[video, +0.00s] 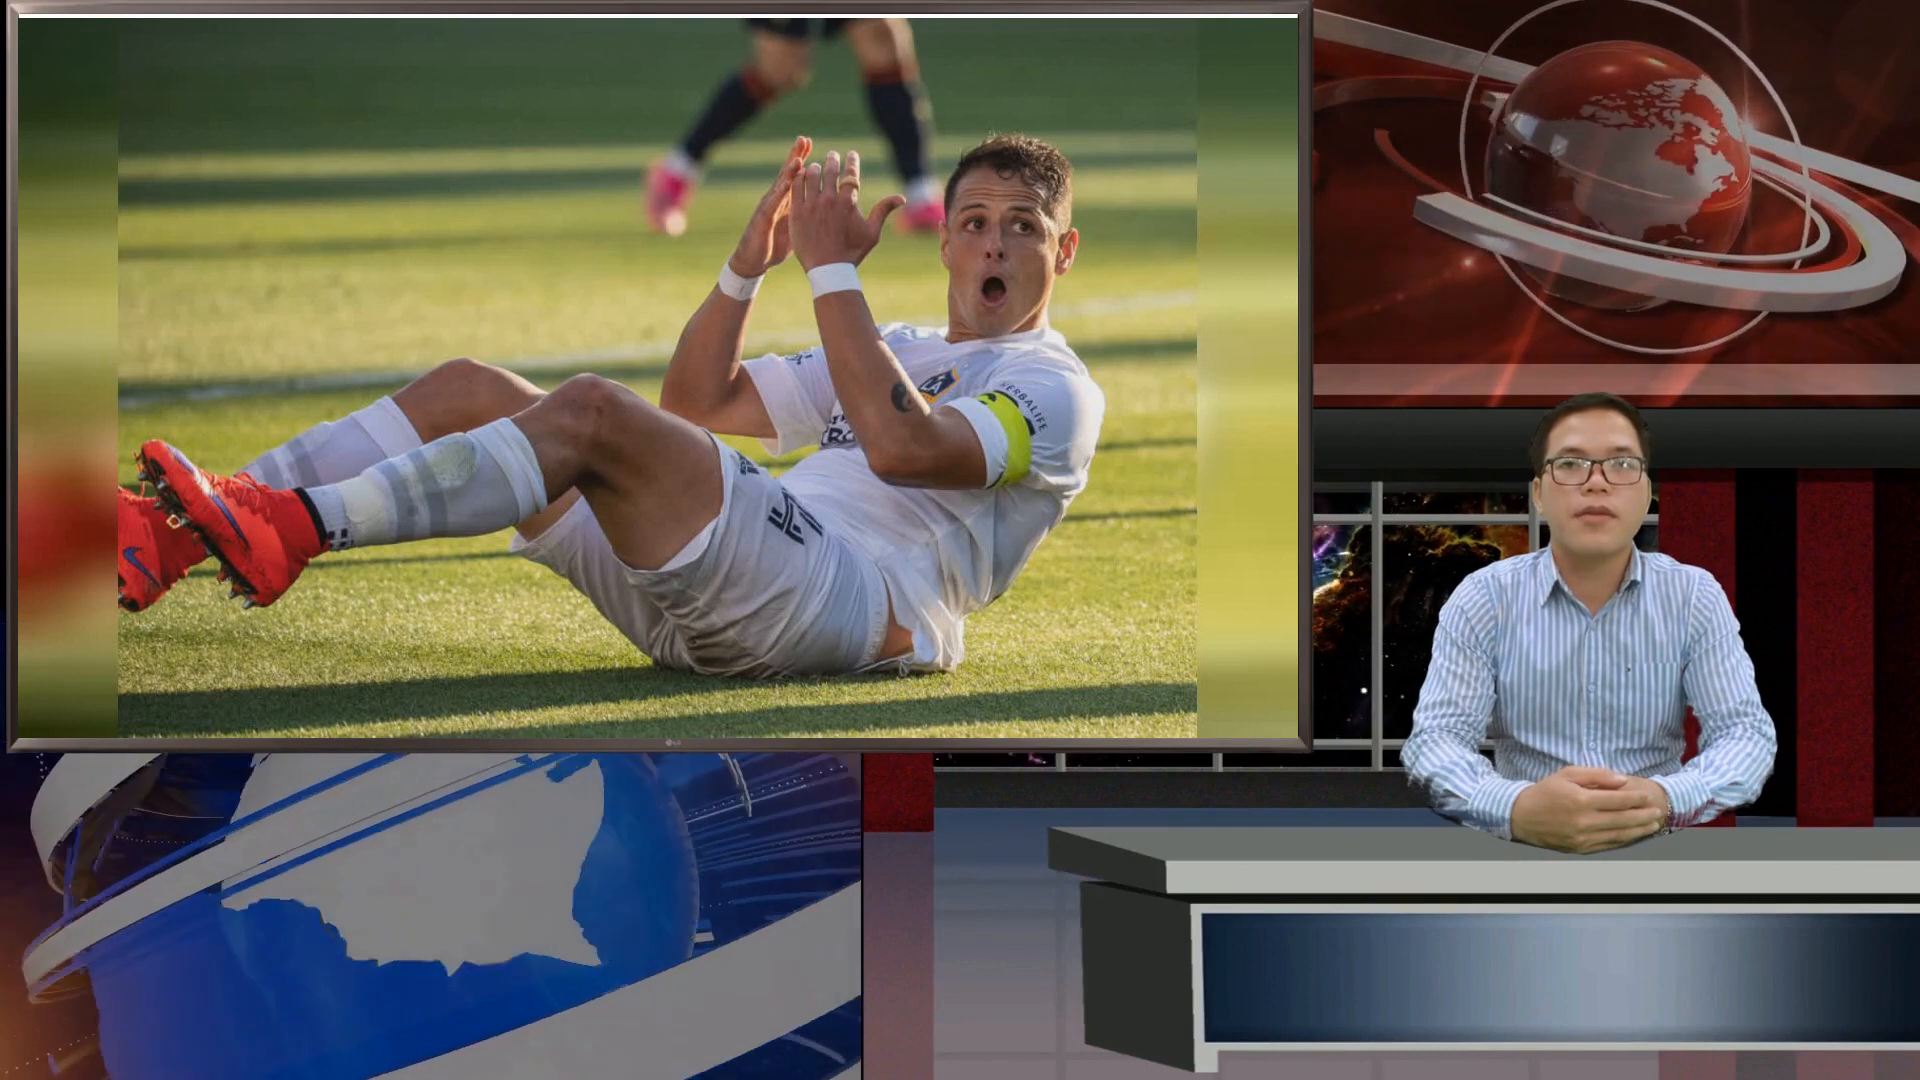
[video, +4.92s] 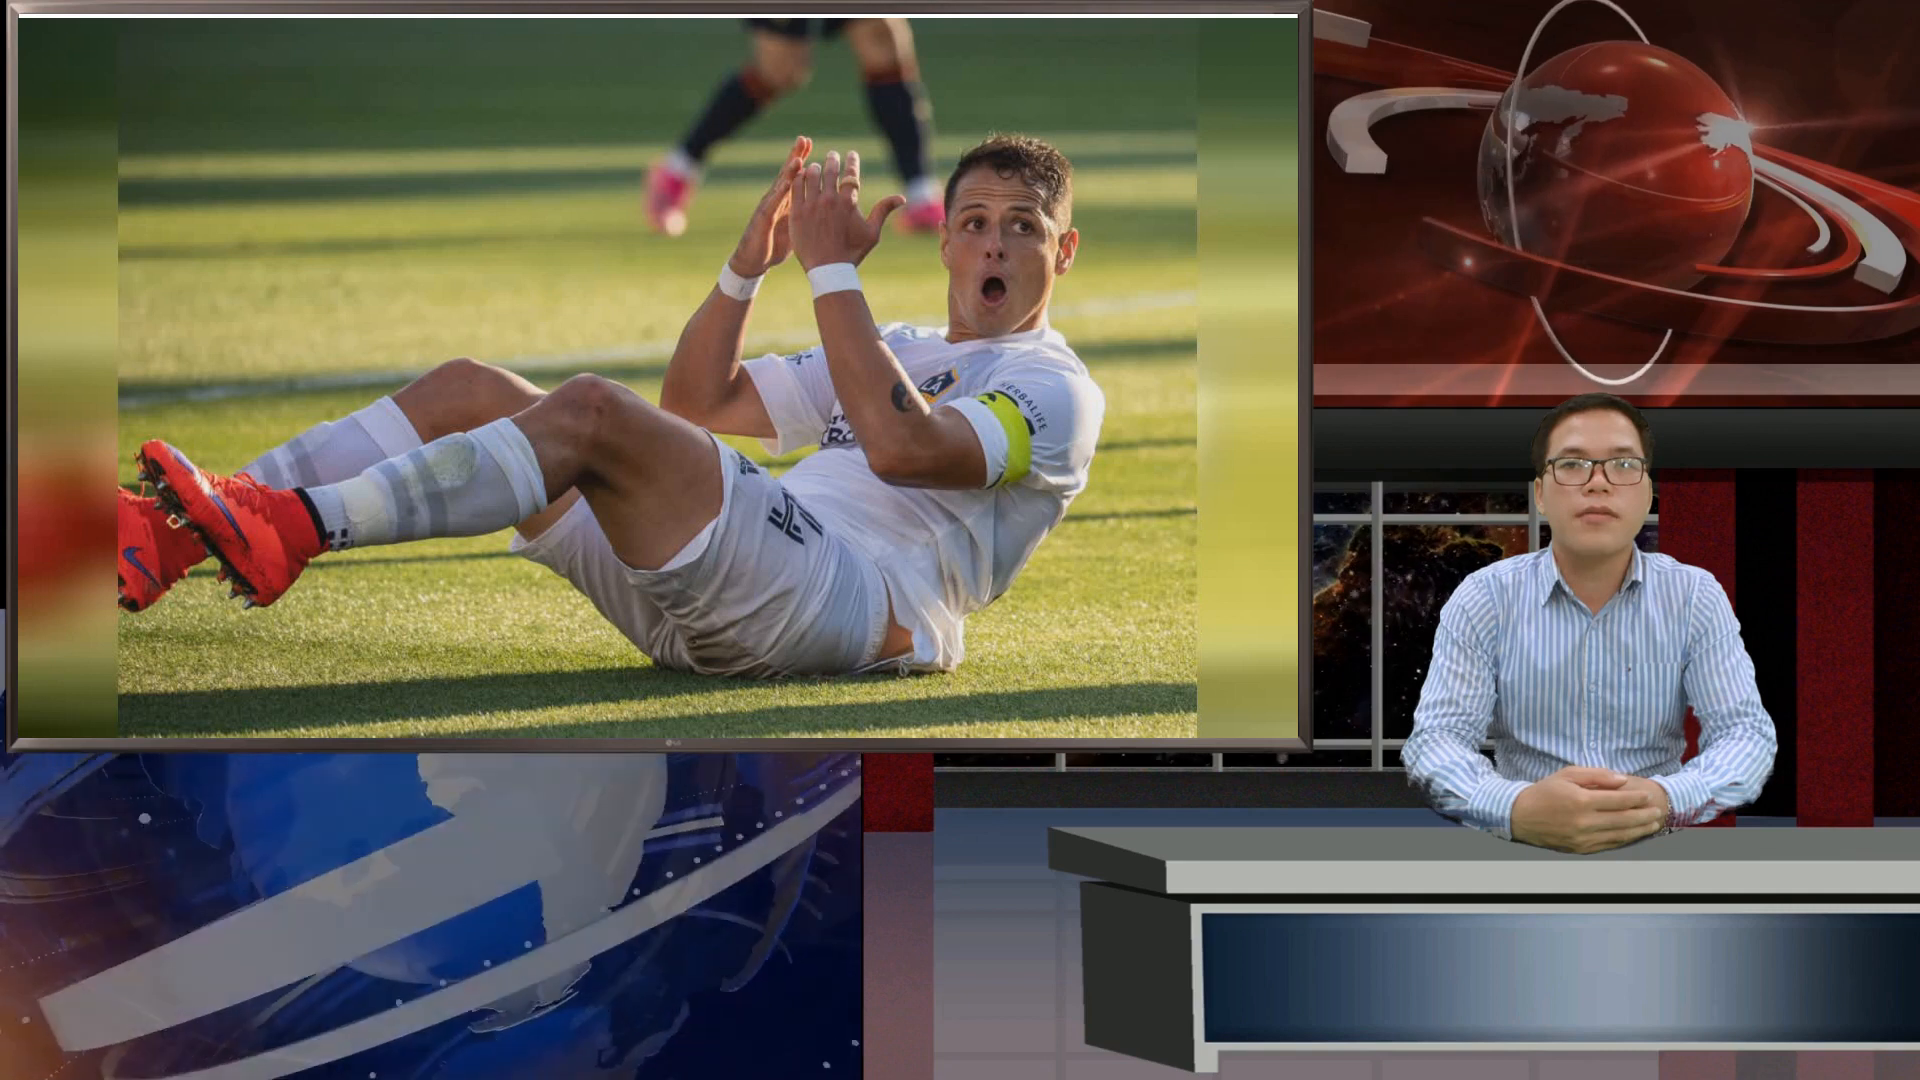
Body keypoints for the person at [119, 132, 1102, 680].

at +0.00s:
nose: (996, 246)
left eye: (1023, 229)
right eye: (977, 223)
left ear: (1066, 257)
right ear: (943, 241)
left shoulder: (1056, 389)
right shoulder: (892, 358)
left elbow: (901, 447)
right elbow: (695, 405)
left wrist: (833, 268)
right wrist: (747, 269)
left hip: (840, 604)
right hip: (732, 572)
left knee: (593, 413)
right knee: (467, 389)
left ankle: (300, 524)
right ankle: (175, 541)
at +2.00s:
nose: (995, 246)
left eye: (1022, 230)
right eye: (975, 224)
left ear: (1065, 257)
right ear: (942, 242)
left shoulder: (1054, 389)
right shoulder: (893, 359)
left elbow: (901, 447)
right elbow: (695, 404)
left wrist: (833, 270)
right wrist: (746, 270)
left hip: (842, 602)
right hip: (734, 572)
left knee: (592, 413)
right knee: (468, 389)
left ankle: (300, 524)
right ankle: (174, 542)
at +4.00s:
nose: (994, 246)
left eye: (1022, 230)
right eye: (974, 224)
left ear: (1065, 257)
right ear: (942, 242)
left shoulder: (1055, 389)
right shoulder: (893, 358)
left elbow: (902, 447)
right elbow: (695, 404)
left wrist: (833, 270)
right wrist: (746, 270)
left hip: (841, 602)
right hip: (734, 572)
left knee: (592, 413)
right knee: (468, 389)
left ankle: (300, 524)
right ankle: (174, 542)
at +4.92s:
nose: (994, 246)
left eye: (1021, 230)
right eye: (974, 224)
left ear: (1065, 256)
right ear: (942, 242)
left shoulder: (1055, 388)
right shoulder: (893, 359)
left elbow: (903, 448)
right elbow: (695, 405)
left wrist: (833, 270)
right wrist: (747, 269)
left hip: (840, 603)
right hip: (731, 573)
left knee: (593, 412)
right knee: (467, 388)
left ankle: (300, 524)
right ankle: (179, 539)